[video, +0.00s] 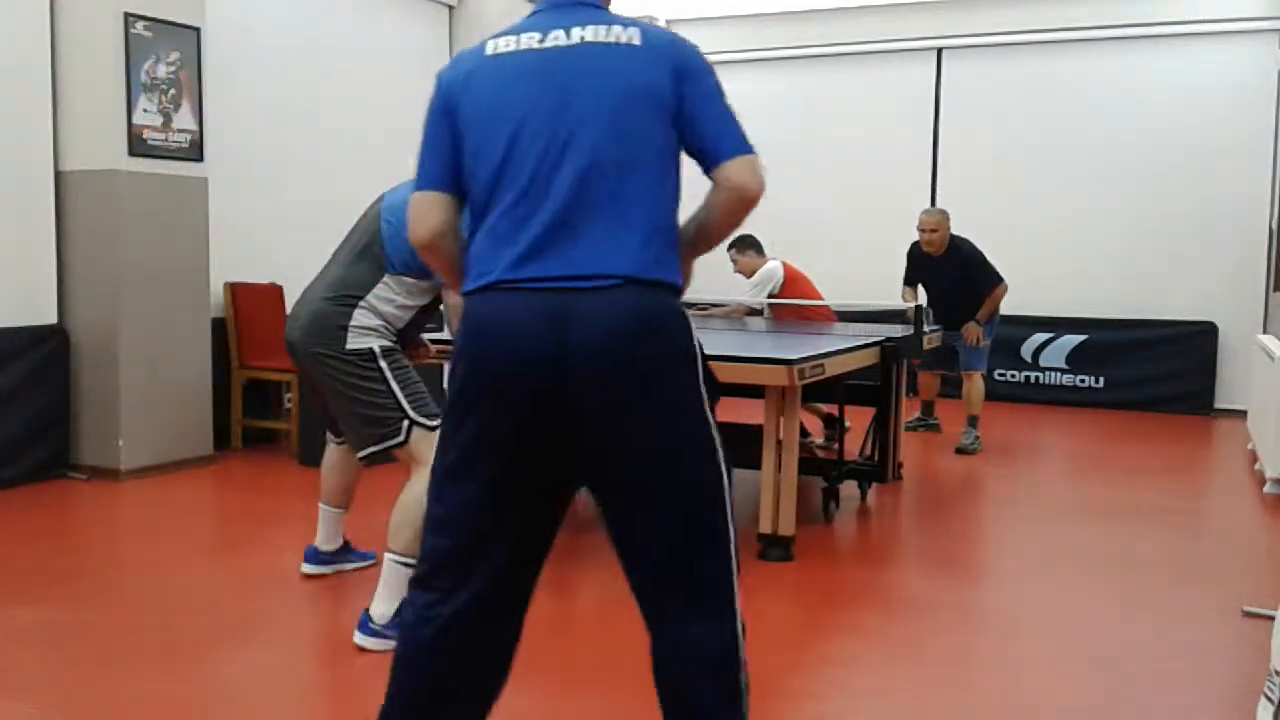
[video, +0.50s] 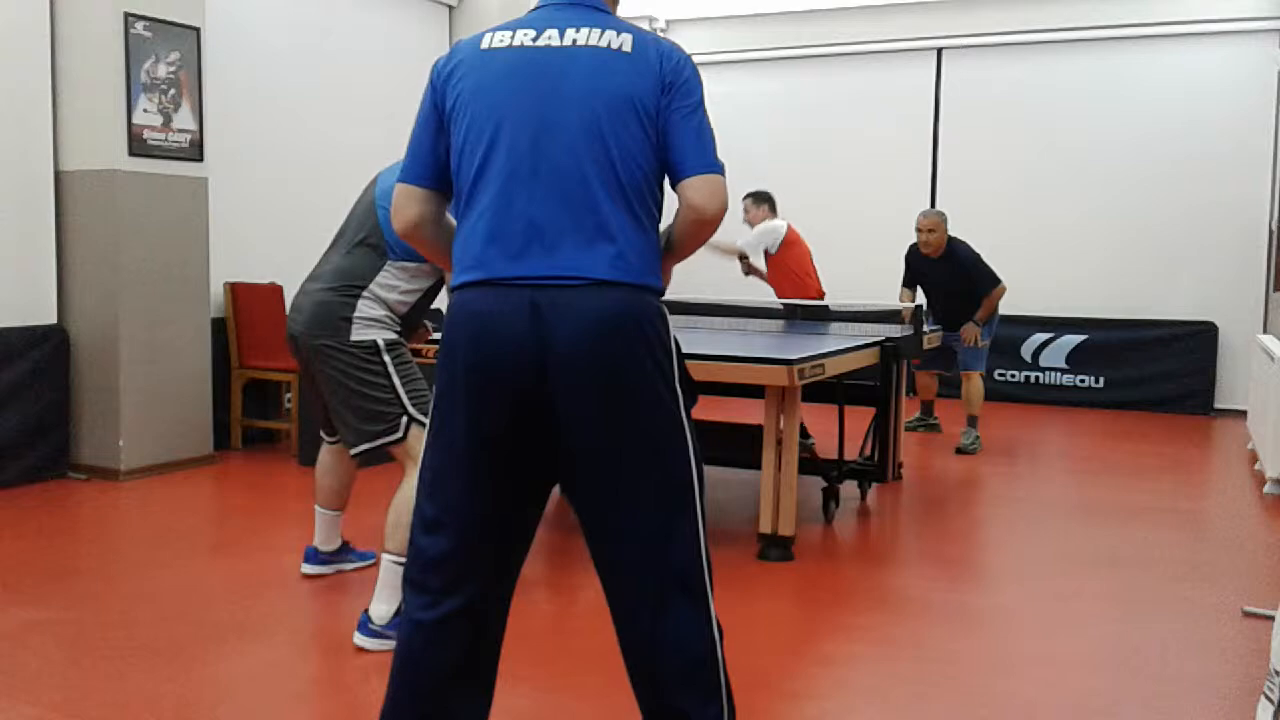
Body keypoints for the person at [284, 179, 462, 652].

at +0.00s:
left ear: (462, 163)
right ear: (497, 192)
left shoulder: (415, 191)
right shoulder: (460, 220)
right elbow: (464, 329)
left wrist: (406, 338)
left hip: (310, 328)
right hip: (353, 338)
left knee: (347, 431)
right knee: (436, 459)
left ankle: (327, 546)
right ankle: (387, 612)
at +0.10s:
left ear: (464, 165)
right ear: (495, 194)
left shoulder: (417, 189)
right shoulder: (458, 219)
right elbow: (467, 323)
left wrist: (406, 337)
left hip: (311, 328)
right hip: (353, 338)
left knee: (347, 430)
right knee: (438, 458)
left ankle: (327, 546)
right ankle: (387, 612)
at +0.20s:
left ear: (459, 158)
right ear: (493, 186)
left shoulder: (411, 187)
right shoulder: (457, 217)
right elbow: (466, 329)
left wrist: (405, 334)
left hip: (309, 327)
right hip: (353, 336)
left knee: (344, 433)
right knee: (435, 458)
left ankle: (327, 546)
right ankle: (387, 611)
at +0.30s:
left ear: (454, 153)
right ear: (489, 181)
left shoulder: (407, 183)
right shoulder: (455, 211)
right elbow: (464, 320)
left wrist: (407, 331)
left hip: (309, 326)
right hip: (354, 336)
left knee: (343, 433)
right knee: (432, 459)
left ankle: (327, 546)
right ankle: (387, 611)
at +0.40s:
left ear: (448, 147)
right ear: (484, 174)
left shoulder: (404, 179)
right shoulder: (452, 203)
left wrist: (407, 330)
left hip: (309, 322)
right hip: (356, 332)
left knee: (341, 431)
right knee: (429, 458)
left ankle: (326, 546)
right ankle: (386, 612)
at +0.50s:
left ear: (447, 140)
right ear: (477, 164)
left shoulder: (402, 172)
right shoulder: (439, 195)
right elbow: (474, 275)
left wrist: (410, 321)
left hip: (310, 320)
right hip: (357, 329)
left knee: (340, 432)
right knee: (428, 459)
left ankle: (326, 547)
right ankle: (386, 612)